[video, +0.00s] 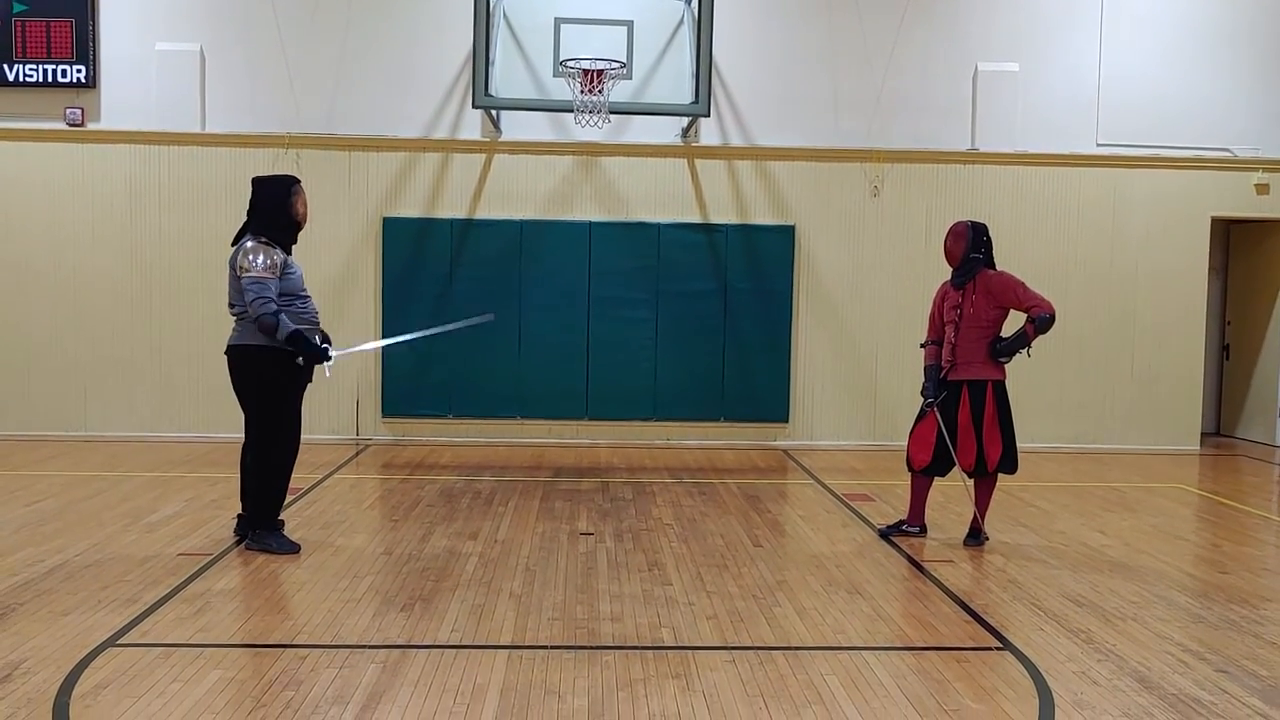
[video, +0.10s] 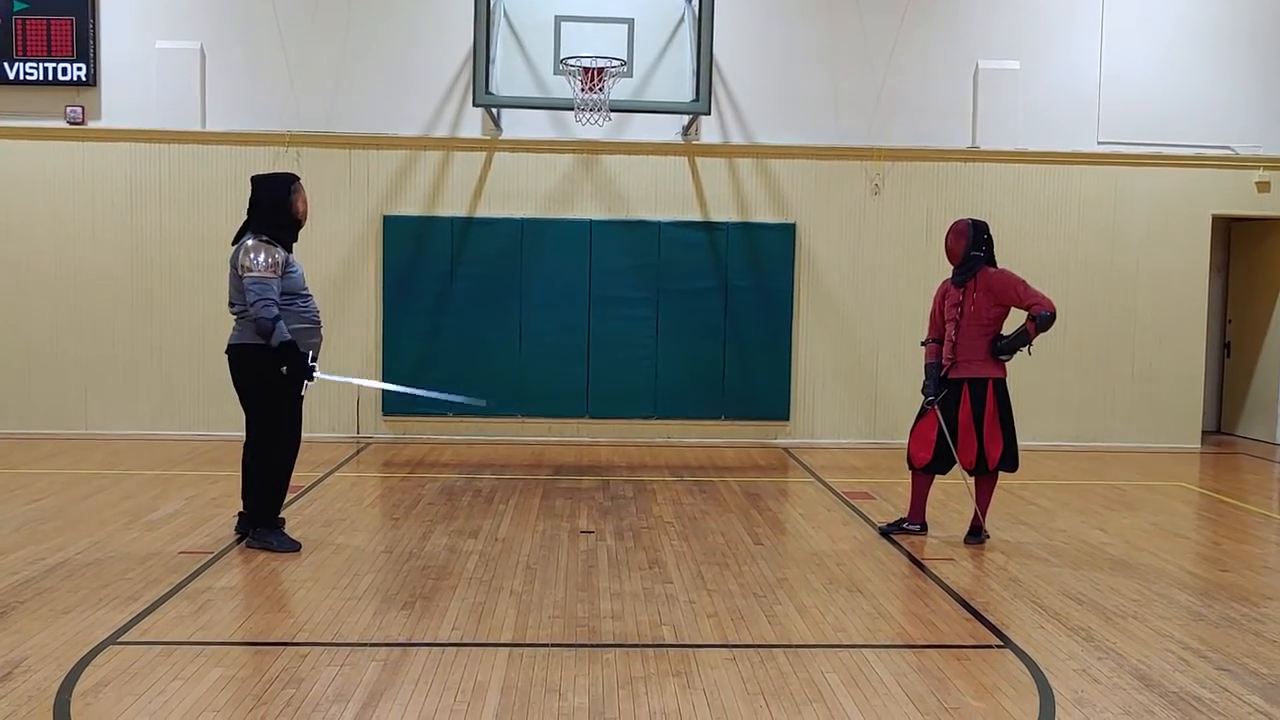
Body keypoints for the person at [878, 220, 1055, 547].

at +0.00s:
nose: (946, 248)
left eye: (953, 241)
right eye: (947, 241)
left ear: (972, 245)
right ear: (961, 246)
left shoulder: (995, 281)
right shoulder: (946, 291)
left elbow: (1044, 312)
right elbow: (934, 338)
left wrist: (1013, 343)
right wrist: (931, 377)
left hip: (984, 383)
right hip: (947, 383)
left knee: (986, 453)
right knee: (924, 445)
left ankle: (977, 525)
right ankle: (914, 520)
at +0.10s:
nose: (948, 248)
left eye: (953, 240)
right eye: (948, 241)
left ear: (971, 243)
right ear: (965, 244)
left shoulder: (996, 279)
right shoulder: (946, 289)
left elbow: (1045, 310)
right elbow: (934, 337)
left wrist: (1013, 342)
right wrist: (931, 376)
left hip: (985, 381)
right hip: (948, 381)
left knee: (986, 451)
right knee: (924, 444)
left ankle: (978, 524)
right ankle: (915, 518)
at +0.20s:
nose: (948, 245)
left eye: (954, 238)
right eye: (949, 238)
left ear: (972, 241)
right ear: (965, 242)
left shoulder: (997, 277)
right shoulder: (947, 286)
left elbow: (1045, 308)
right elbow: (935, 334)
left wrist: (1014, 339)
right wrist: (932, 374)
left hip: (985, 379)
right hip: (948, 379)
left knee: (987, 449)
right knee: (925, 442)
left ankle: (978, 522)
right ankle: (916, 516)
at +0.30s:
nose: (948, 243)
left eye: (954, 236)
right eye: (949, 236)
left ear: (972, 239)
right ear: (966, 240)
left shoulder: (998, 275)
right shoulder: (948, 284)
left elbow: (1046, 306)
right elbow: (936, 332)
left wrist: (1015, 337)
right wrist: (933, 372)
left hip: (986, 377)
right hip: (949, 377)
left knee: (988, 447)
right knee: (926, 440)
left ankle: (979, 519)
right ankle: (916, 514)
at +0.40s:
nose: (949, 241)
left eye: (954, 234)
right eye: (950, 234)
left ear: (971, 237)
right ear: (971, 237)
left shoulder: (999, 272)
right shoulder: (949, 282)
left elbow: (1047, 303)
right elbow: (937, 330)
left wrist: (1017, 335)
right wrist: (934, 369)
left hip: (987, 374)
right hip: (950, 375)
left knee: (989, 444)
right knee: (927, 437)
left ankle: (980, 516)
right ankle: (918, 511)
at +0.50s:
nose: (951, 238)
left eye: (957, 231)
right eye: (952, 231)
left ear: (974, 234)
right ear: (972, 235)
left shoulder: (1000, 270)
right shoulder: (950, 279)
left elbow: (1049, 301)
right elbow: (938, 328)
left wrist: (1018, 333)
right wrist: (935, 367)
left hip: (989, 372)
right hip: (951, 372)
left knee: (990, 442)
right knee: (928, 435)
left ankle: (981, 514)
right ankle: (919, 509)